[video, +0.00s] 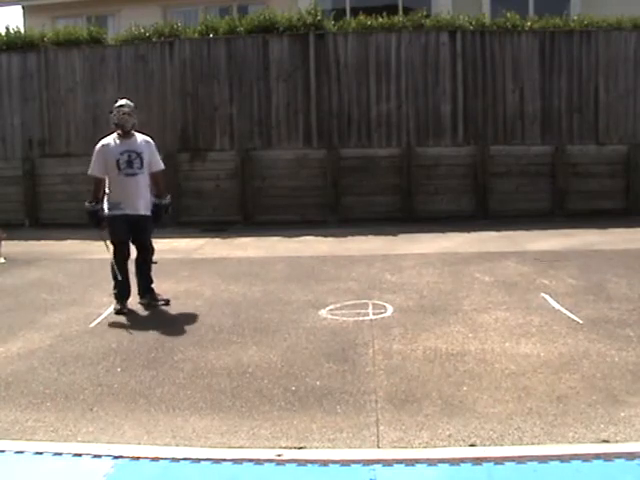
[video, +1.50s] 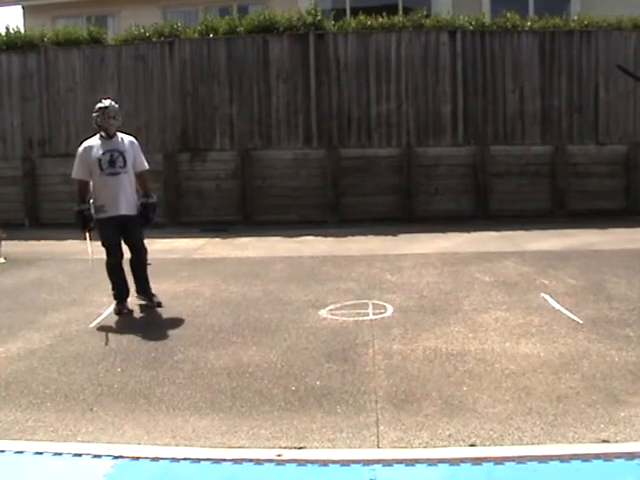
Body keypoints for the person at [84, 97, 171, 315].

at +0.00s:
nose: (125, 119)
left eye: (129, 115)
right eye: (120, 115)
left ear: (134, 118)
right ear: (114, 119)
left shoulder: (146, 143)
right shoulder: (104, 147)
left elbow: (156, 173)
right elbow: (99, 180)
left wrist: (162, 198)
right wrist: (95, 207)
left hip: (142, 208)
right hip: (117, 209)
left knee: (146, 251)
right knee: (121, 254)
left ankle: (146, 292)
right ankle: (121, 297)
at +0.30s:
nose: (113, 118)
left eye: (117, 114)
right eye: (109, 114)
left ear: (125, 117)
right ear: (103, 118)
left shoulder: (137, 142)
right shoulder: (94, 147)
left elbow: (148, 172)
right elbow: (88, 180)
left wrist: (153, 197)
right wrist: (85, 207)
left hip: (136, 209)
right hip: (109, 212)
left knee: (145, 250)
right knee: (116, 257)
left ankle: (148, 290)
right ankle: (120, 298)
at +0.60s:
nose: (111, 120)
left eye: (114, 115)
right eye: (106, 116)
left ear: (121, 117)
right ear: (99, 119)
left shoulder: (133, 141)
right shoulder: (90, 148)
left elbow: (146, 170)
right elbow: (85, 180)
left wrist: (150, 194)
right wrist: (83, 206)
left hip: (132, 210)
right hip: (107, 212)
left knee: (142, 251)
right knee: (115, 257)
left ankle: (145, 293)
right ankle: (120, 298)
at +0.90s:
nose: (111, 120)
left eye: (114, 116)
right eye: (106, 116)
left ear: (121, 118)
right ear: (97, 119)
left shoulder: (131, 142)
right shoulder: (89, 148)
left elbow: (144, 171)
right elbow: (85, 181)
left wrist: (152, 195)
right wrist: (86, 206)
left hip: (133, 209)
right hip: (107, 212)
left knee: (143, 251)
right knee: (114, 257)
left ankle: (147, 291)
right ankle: (120, 298)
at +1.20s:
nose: (111, 121)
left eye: (114, 116)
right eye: (106, 116)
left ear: (120, 118)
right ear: (97, 119)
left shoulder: (130, 143)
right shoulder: (88, 148)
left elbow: (141, 173)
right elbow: (83, 180)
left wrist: (149, 197)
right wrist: (84, 203)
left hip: (131, 209)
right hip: (105, 212)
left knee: (141, 252)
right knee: (114, 258)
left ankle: (147, 292)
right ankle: (120, 298)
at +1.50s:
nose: (111, 121)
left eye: (114, 116)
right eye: (106, 117)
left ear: (119, 118)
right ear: (97, 120)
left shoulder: (129, 143)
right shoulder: (87, 149)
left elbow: (141, 173)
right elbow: (83, 182)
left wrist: (149, 197)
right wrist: (83, 209)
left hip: (130, 210)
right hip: (105, 213)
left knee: (139, 252)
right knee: (114, 258)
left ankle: (144, 291)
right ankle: (120, 298)